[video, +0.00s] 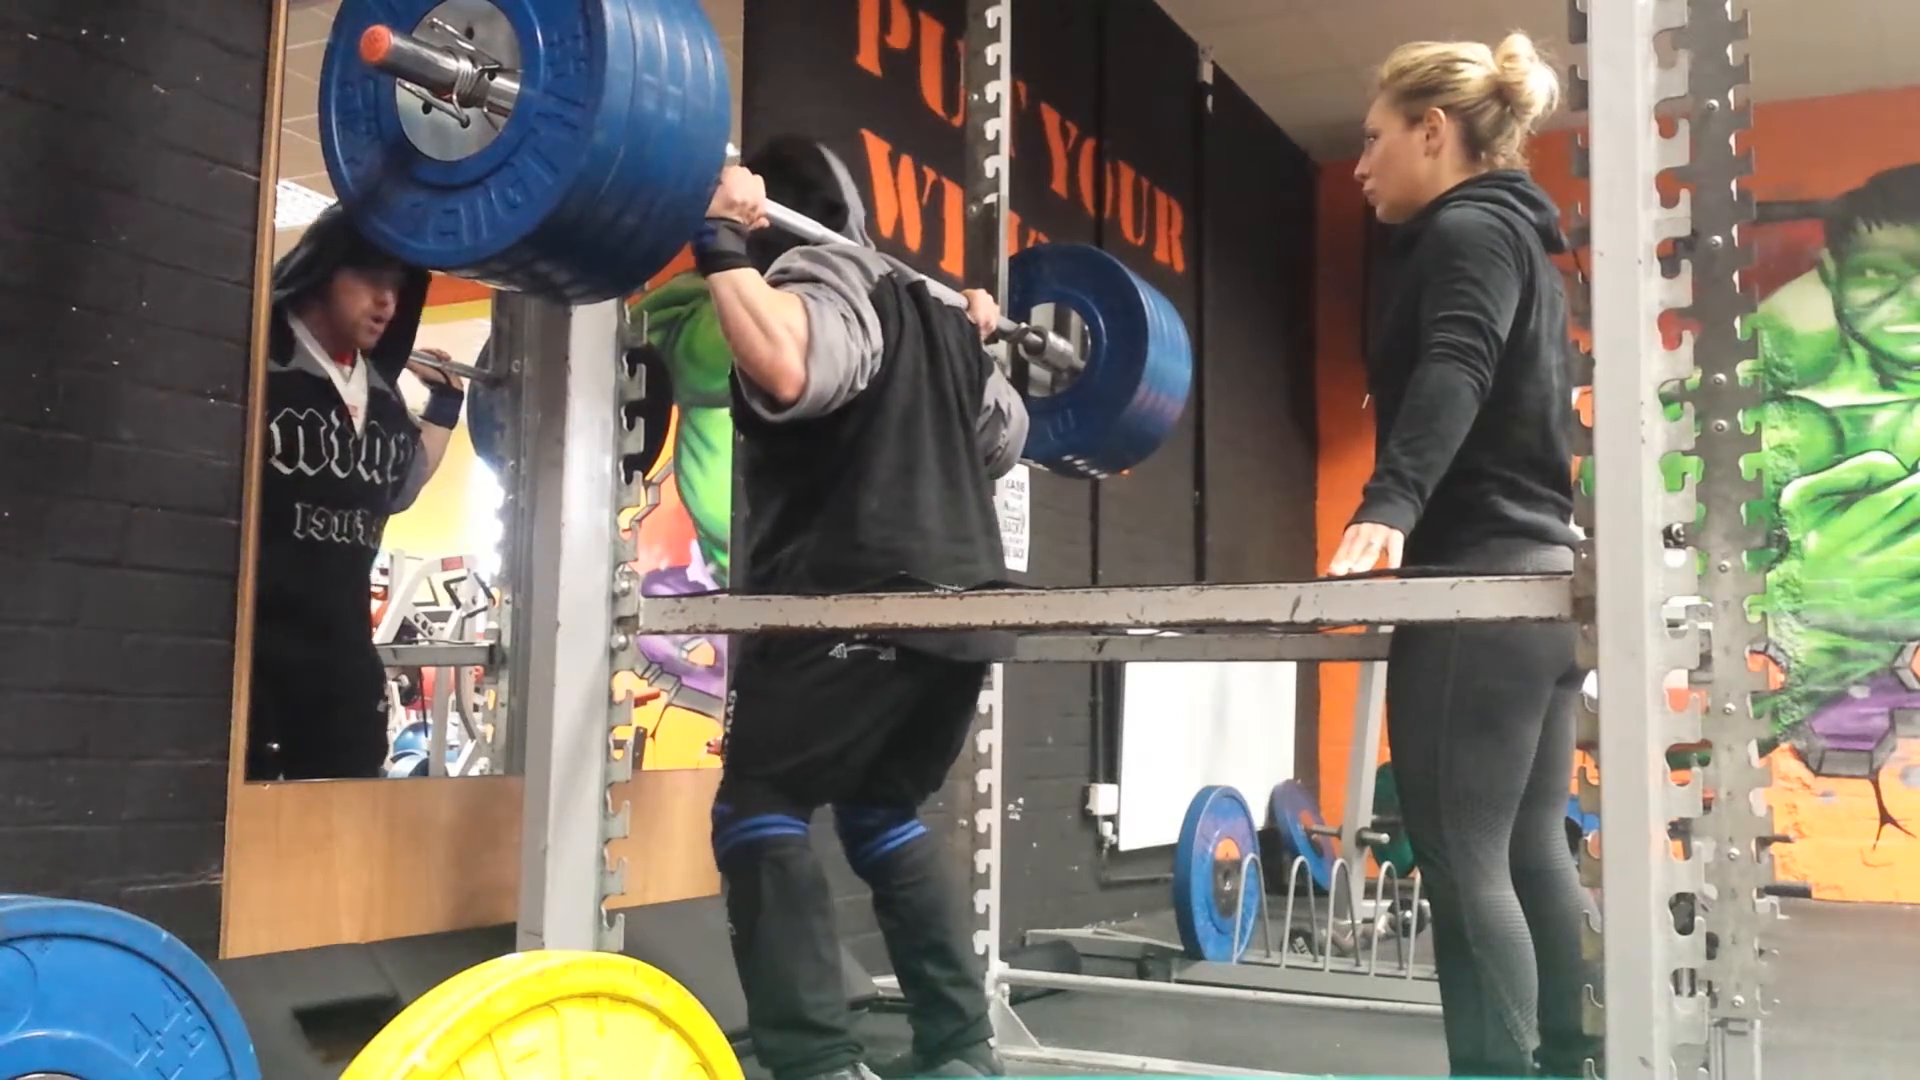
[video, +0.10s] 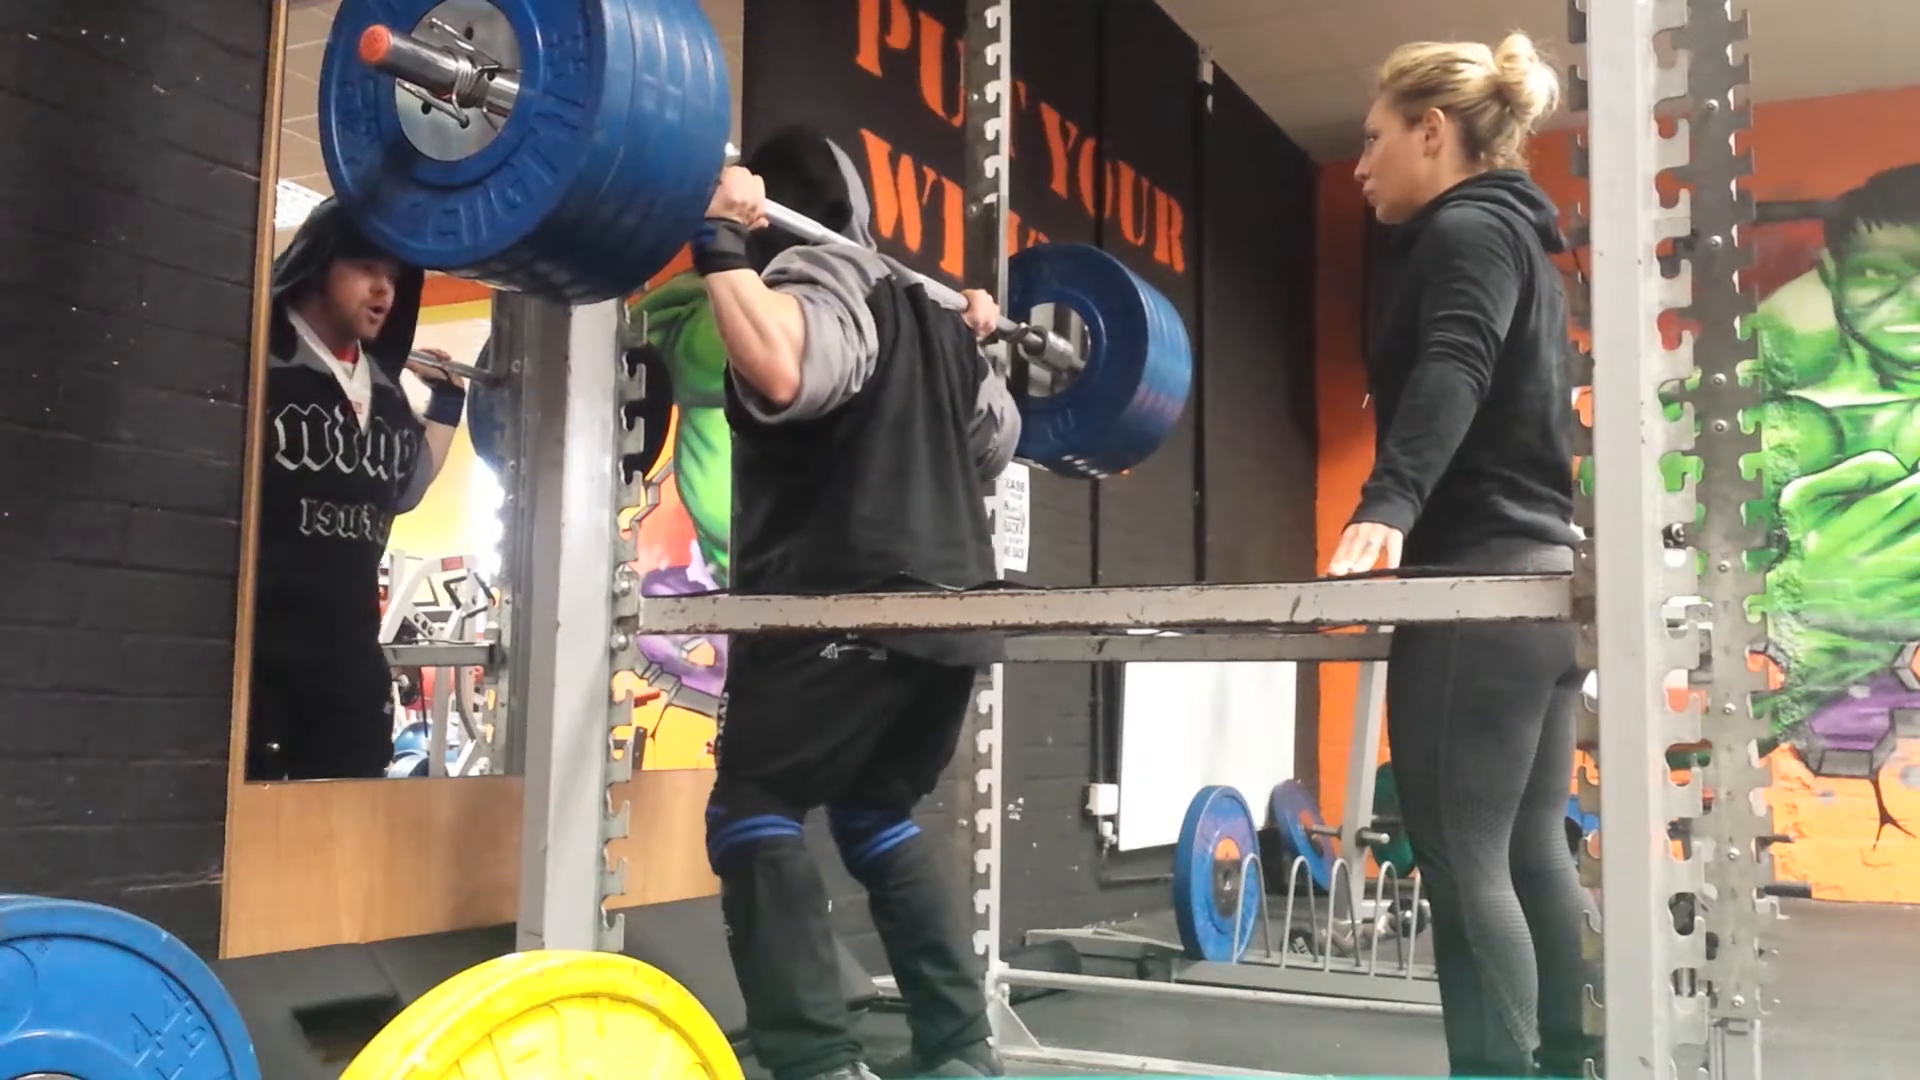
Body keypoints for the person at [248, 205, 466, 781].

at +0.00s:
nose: (388, 302)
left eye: (395, 289)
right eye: (371, 280)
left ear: (403, 302)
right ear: (320, 278)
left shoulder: (383, 397)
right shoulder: (256, 361)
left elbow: (400, 492)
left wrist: (446, 400)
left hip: (341, 639)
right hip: (251, 630)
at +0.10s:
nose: (384, 289)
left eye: (391, 278)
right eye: (366, 270)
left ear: (399, 293)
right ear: (316, 272)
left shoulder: (388, 392)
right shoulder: (258, 357)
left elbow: (405, 494)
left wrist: (449, 400)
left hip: (347, 630)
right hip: (259, 621)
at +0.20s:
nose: (381, 283)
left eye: (388, 271)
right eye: (362, 264)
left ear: (396, 288)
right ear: (313, 271)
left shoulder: (392, 391)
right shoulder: (260, 357)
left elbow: (410, 494)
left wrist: (450, 400)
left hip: (355, 639)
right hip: (264, 629)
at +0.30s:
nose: (381, 283)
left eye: (387, 271)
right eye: (362, 263)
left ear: (395, 288)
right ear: (311, 272)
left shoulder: (392, 393)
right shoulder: (260, 360)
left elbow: (410, 493)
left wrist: (450, 399)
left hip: (358, 647)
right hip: (267, 639)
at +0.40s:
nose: (380, 284)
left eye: (388, 272)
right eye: (361, 264)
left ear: (396, 289)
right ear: (311, 272)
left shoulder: (393, 393)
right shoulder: (260, 360)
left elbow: (411, 492)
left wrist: (449, 400)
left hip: (359, 646)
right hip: (268, 638)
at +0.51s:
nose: (379, 282)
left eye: (390, 272)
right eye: (361, 263)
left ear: (400, 292)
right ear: (314, 269)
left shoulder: (392, 389)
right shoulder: (259, 355)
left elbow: (405, 492)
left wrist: (448, 401)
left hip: (354, 639)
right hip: (261, 628)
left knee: (356, 813)